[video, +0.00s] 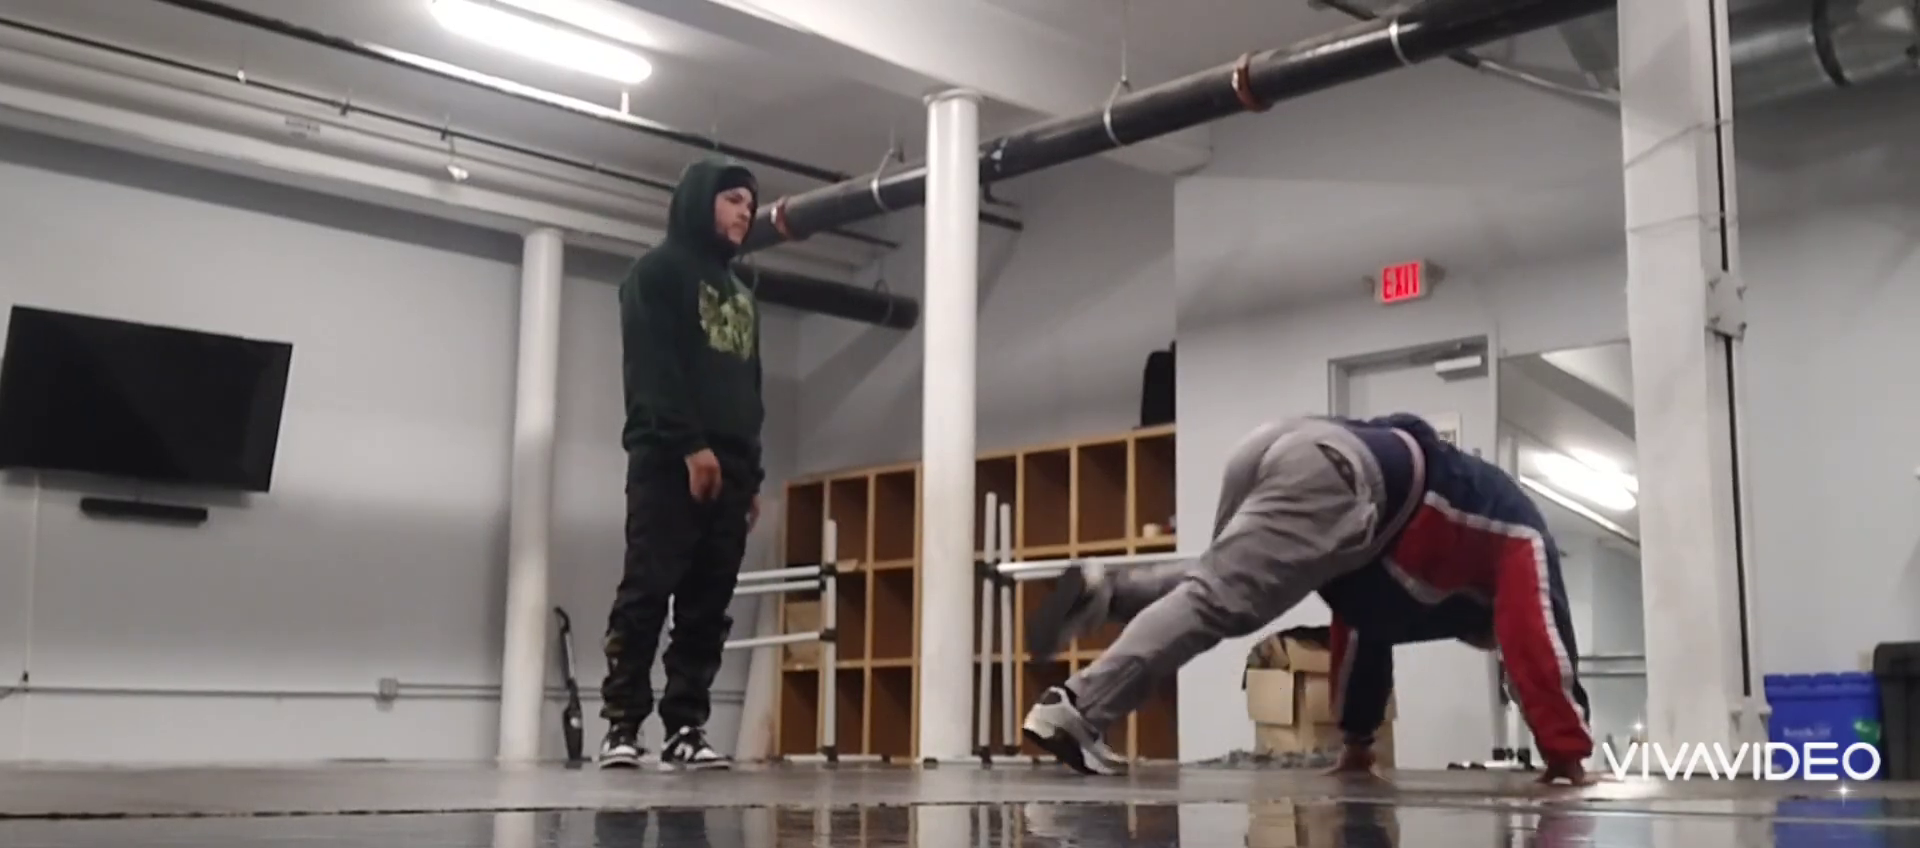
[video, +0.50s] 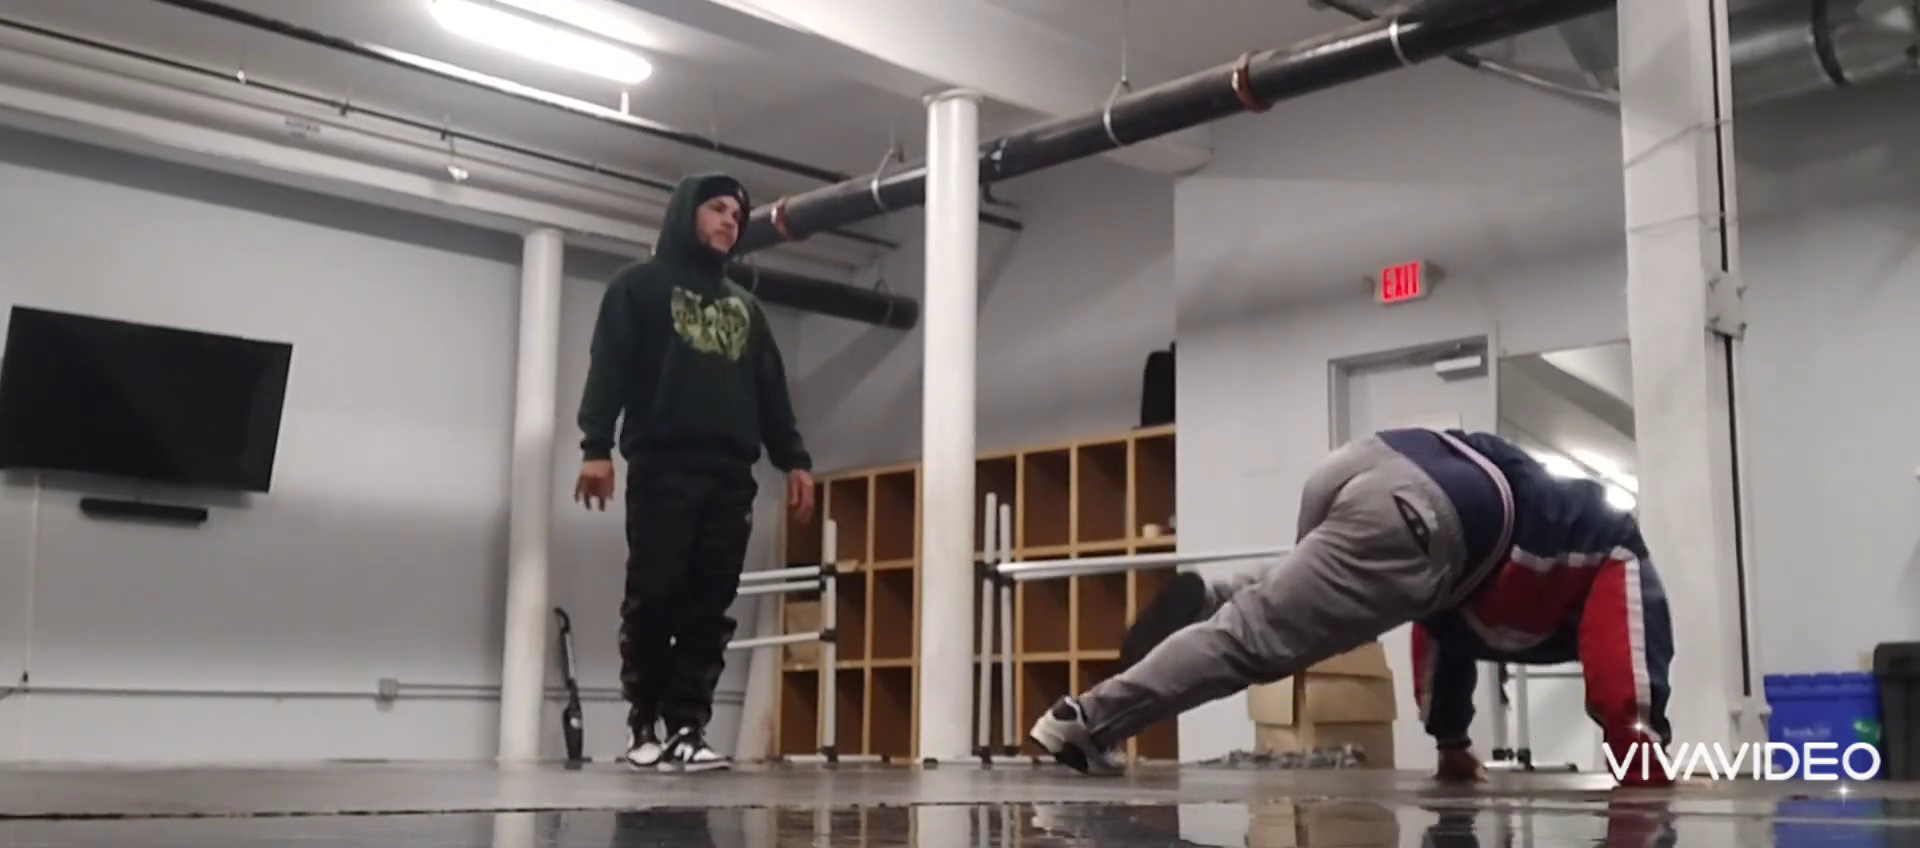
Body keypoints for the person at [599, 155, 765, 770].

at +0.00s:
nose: (743, 212)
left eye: (748, 204)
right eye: (732, 200)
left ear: (750, 216)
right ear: (699, 203)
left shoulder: (739, 290)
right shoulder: (657, 271)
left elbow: (746, 386)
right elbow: (655, 371)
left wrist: (750, 474)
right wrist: (691, 444)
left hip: (729, 462)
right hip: (664, 456)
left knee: (706, 603)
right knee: (647, 590)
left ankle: (684, 732)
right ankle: (623, 729)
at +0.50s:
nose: (729, 223)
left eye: (735, 217)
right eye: (719, 211)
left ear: (738, 230)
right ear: (686, 213)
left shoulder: (742, 304)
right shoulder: (638, 286)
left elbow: (770, 389)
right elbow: (607, 369)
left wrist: (795, 461)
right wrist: (597, 451)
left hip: (729, 473)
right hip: (661, 468)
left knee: (710, 606)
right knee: (653, 596)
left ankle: (689, 732)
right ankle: (645, 728)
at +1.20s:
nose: (702, 232)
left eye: (708, 224)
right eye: (691, 220)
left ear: (713, 235)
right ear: (660, 224)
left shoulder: (723, 307)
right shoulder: (614, 299)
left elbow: (748, 389)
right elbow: (589, 391)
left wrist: (762, 456)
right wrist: (605, 463)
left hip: (709, 481)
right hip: (640, 479)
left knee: (707, 609)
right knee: (637, 609)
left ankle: (705, 730)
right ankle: (642, 733)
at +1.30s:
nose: (704, 233)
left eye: (711, 226)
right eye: (694, 221)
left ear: (714, 238)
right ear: (663, 224)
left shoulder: (722, 308)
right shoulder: (616, 299)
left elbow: (747, 390)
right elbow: (591, 391)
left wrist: (762, 454)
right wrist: (607, 463)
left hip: (713, 482)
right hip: (643, 480)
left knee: (722, 611)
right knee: (638, 611)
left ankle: (728, 729)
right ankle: (642, 734)